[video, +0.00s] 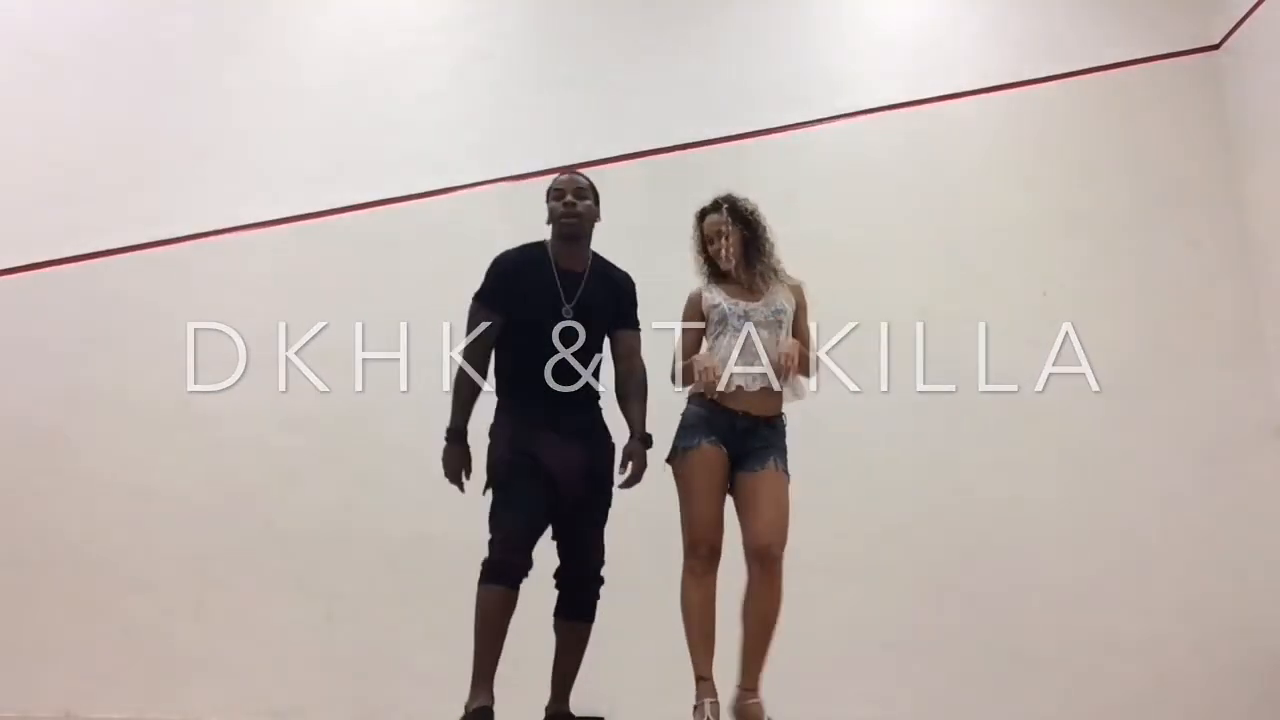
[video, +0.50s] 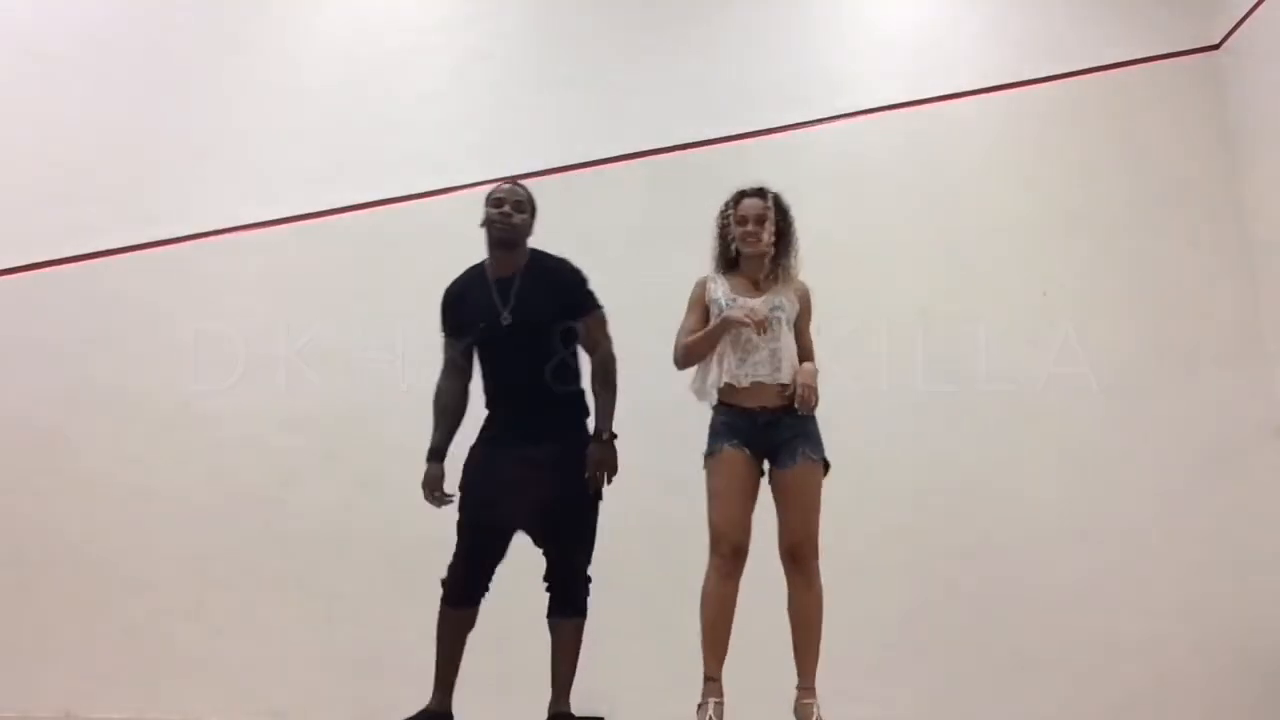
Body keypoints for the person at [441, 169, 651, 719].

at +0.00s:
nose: (569, 204)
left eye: (580, 197)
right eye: (559, 197)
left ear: (598, 213)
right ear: (546, 211)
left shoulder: (615, 284)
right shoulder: (511, 269)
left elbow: (628, 365)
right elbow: (476, 356)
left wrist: (638, 431)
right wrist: (457, 433)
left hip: (585, 441)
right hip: (520, 437)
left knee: (582, 575)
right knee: (506, 560)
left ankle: (559, 704)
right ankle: (480, 698)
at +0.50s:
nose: (506, 211)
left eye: (518, 206)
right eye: (497, 204)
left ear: (533, 222)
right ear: (482, 218)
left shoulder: (561, 278)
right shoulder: (464, 291)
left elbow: (602, 355)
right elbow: (455, 376)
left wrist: (604, 435)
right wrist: (436, 455)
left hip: (564, 446)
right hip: (499, 445)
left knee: (569, 581)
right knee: (464, 576)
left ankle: (560, 707)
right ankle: (440, 703)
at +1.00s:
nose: (478, 208)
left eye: (490, 207)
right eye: (469, 204)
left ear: (502, 230)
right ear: (452, 222)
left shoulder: (520, 288)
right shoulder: (422, 285)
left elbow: (552, 371)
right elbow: (405, 358)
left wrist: (539, 445)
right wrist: (429, 397)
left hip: (505, 428)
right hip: (446, 428)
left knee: (479, 534)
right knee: (437, 557)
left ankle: (507, 670)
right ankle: (437, 703)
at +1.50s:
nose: (501, 210)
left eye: (512, 207)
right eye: (491, 206)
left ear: (526, 230)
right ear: (476, 228)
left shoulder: (543, 300)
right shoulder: (448, 272)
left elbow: (559, 377)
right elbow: (403, 346)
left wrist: (515, 390)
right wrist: (378, 419)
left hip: (504, 456)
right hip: (438, 452)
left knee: (497, 577)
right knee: (425, 569)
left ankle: (465, 703)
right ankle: (432, 689)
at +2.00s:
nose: (478, 185)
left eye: (489, 181)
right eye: (468, 181)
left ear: (505, 200)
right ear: (453, 200)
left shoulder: (533, 261)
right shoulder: (425, 263)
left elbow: (559, 321)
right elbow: (388, 331)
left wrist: (535, 367)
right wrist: (413, 376)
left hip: (503, 434)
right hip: (438, 430)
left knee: (484, 570)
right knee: (425, 558)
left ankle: (465, 702)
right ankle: (415, 687)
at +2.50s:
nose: (461, 183)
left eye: (472, 180)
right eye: (452, 178)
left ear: (487, 200)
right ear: (436, 198)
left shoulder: (510, 259)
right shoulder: (408, 267)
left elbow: (528, 353)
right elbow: (383, 337)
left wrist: (519, 429)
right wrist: (398, 350)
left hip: (475, 431)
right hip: (413, 431)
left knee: (459, 559)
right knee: (410, 566)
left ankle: (475, 695)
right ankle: (418, 702)